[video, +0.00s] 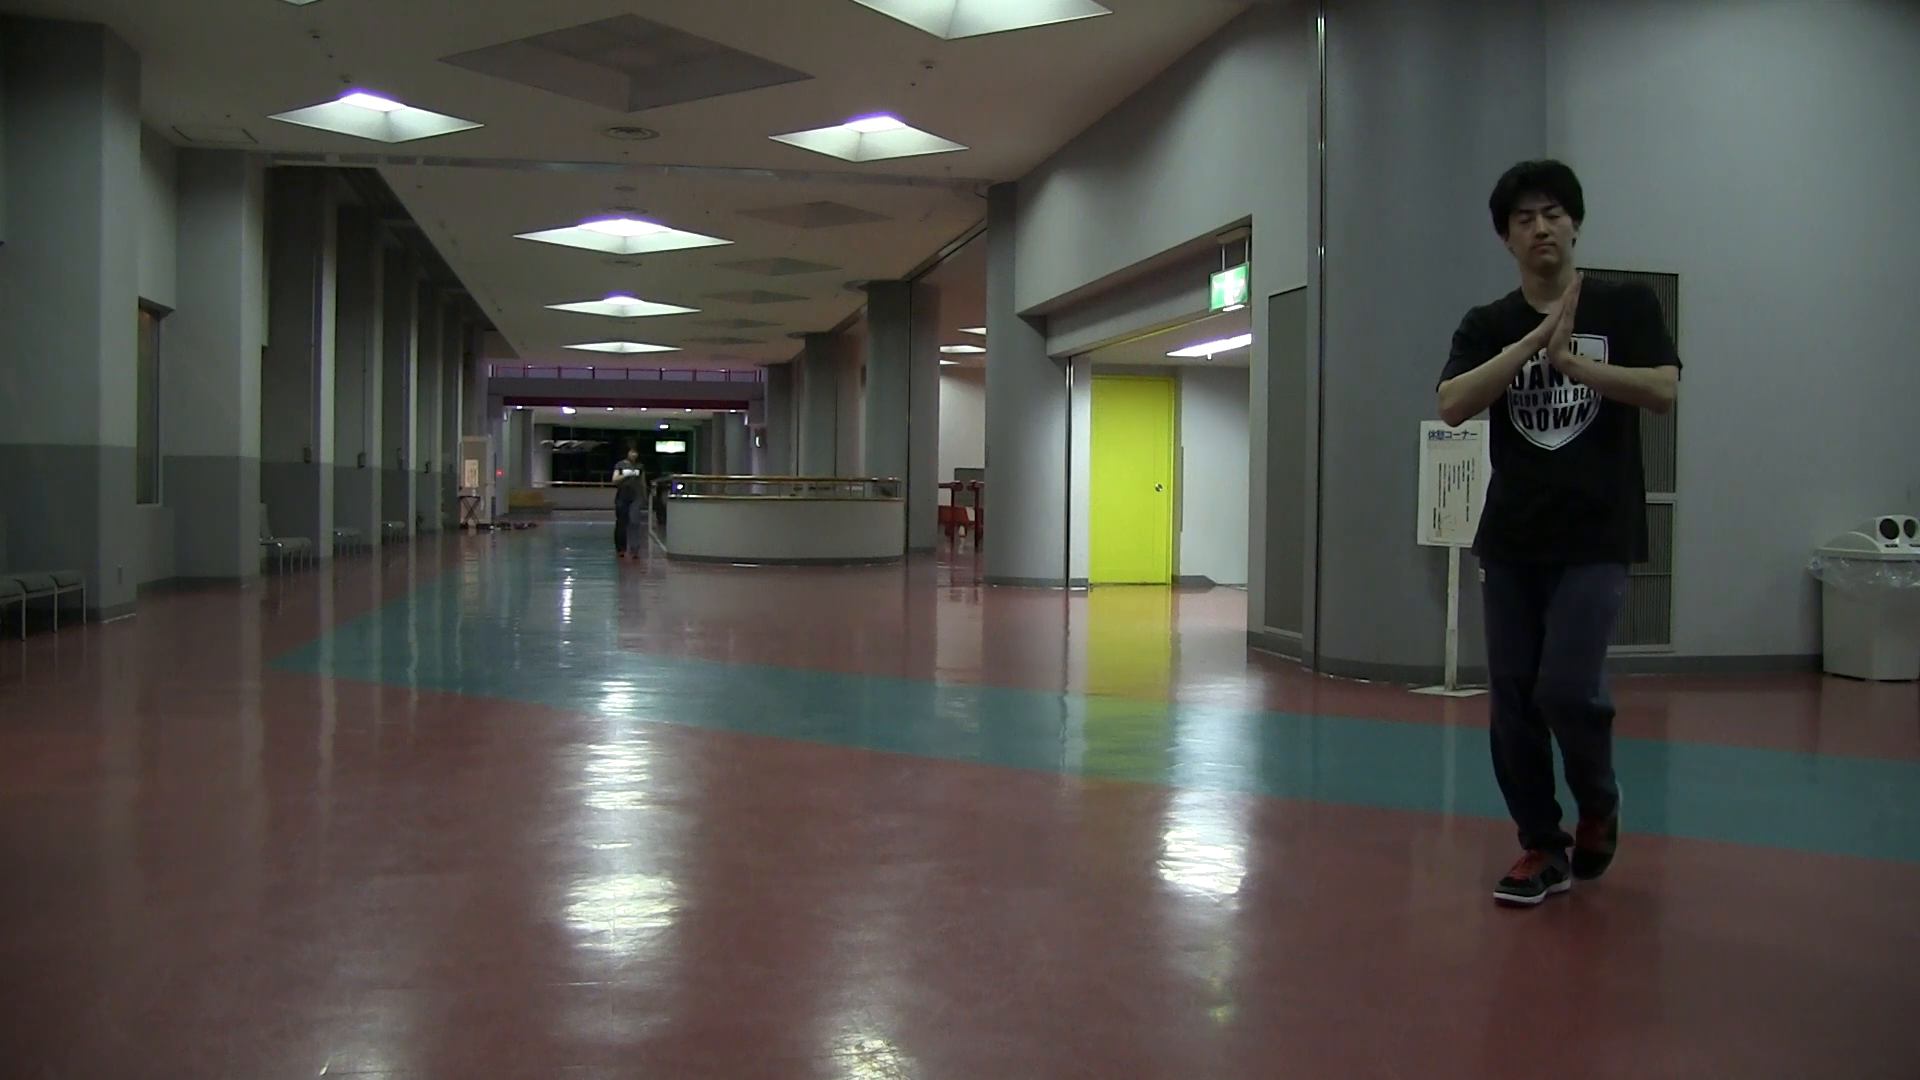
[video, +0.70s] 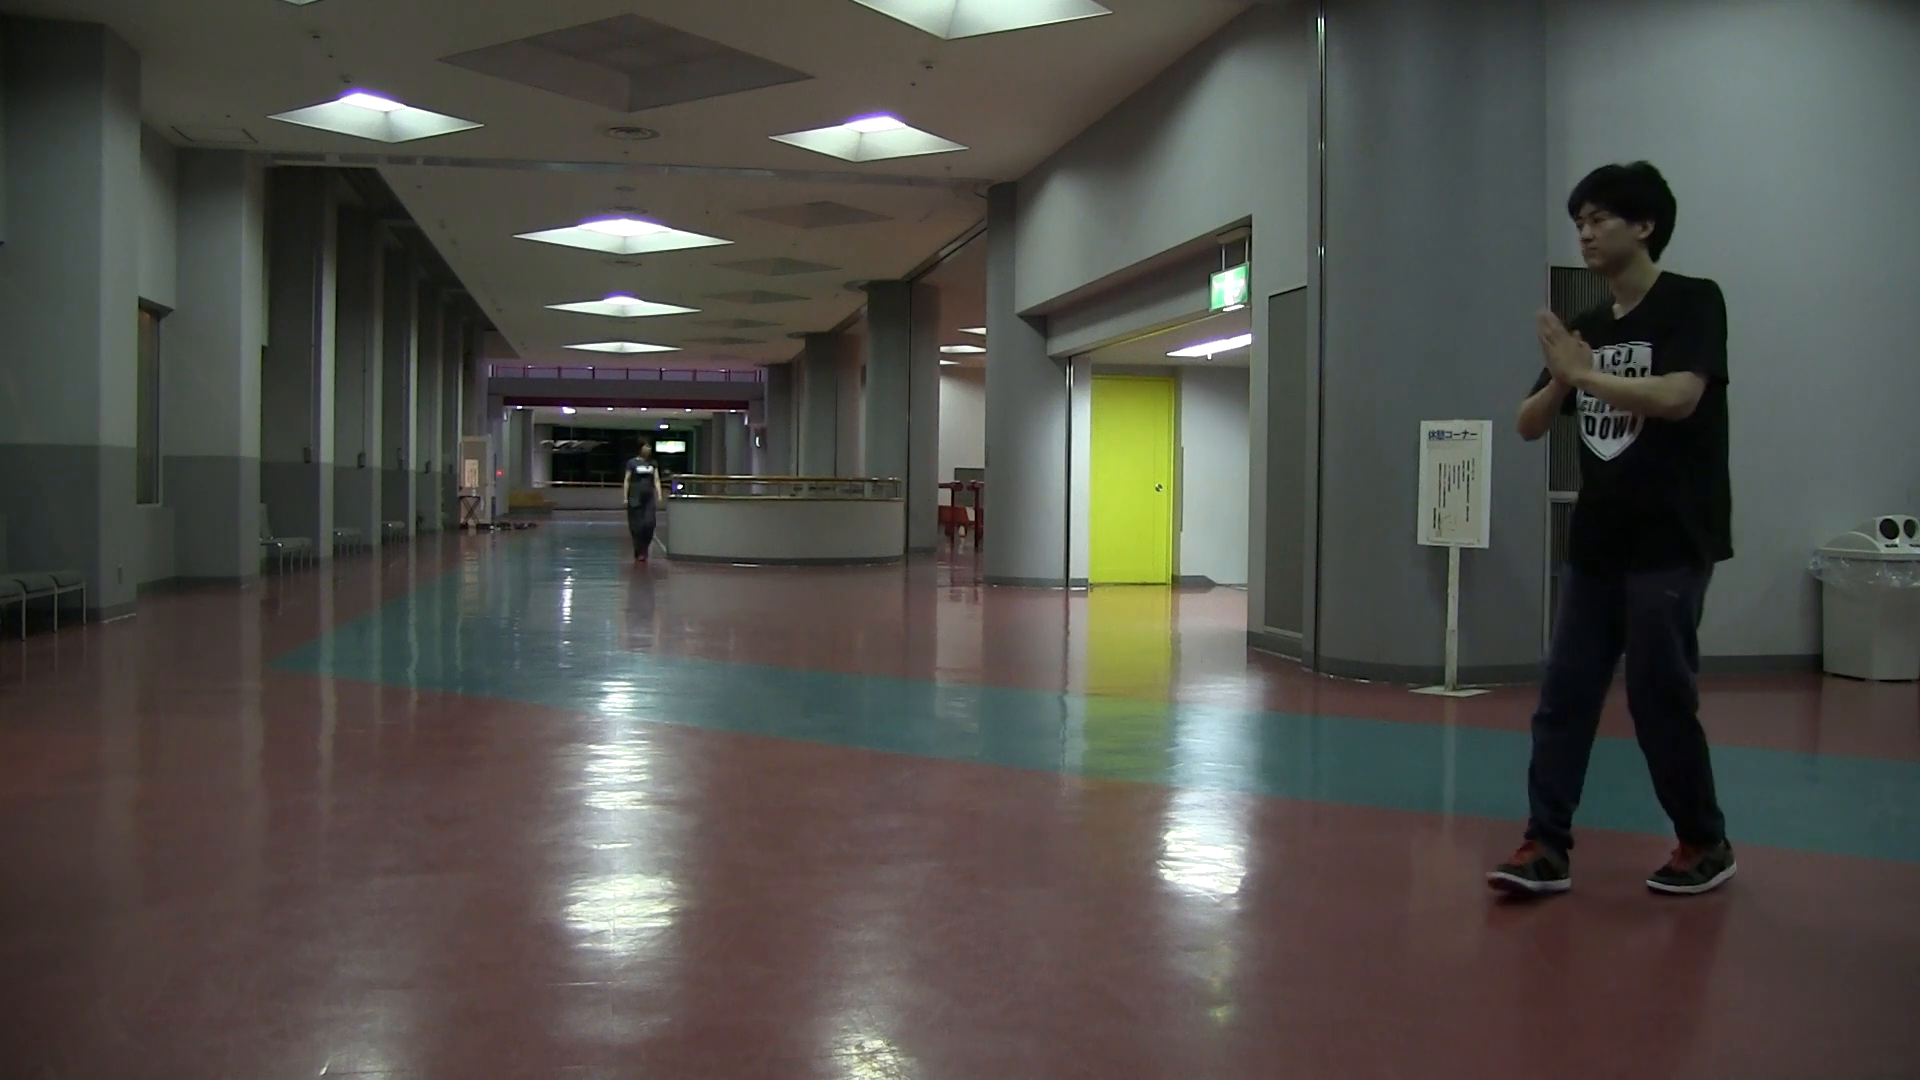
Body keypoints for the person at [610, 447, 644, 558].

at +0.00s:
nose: (634, 454)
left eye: (636, 452)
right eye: (632, 452)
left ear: (638, 454)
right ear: (628, 453)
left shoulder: (640, 467)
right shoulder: (620, 465)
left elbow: (643, 483)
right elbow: (614, 479)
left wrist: (644, 497)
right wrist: (626, 475)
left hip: (636, 498)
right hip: (622, 498)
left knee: (634, 522)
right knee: (621, 522)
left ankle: (634, 550)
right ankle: (620, 548)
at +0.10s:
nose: (637, 453)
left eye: (638, 451)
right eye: (635, 451)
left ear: (640, 454)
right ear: (630, 452)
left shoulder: (642, 466)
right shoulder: (622, 464)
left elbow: (645, 482)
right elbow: (616, 479)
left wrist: (648, 496)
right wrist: (624, 485)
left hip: (638, 498)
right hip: (625, 498)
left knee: (635, 522)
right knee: (623, 522)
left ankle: (634, 550)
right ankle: (621, 547)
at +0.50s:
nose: (643, 453)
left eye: (645, 451)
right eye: (641, 451)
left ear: (647, 453)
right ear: (637, 452)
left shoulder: (649, 466)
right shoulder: (629, 465)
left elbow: (652, 479)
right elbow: (620, 481)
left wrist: (652, 481)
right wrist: (615, 497)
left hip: (645, 499)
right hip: (632, 499)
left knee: (644, 526)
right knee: (636, 524)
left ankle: (636, 549)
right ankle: (638, 552)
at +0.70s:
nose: (648, 450)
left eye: (649, 448)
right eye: (646, 447)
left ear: (650, 450)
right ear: (640, 449)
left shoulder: (653, 464)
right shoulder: (632, 463)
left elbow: (657, 480)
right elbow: (626, 480)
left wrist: (659, 495)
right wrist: (625, 497)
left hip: (649, 499)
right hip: (635, 499)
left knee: (649, 525)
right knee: (636, 526)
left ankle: (644, 551)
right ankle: (638, 553)